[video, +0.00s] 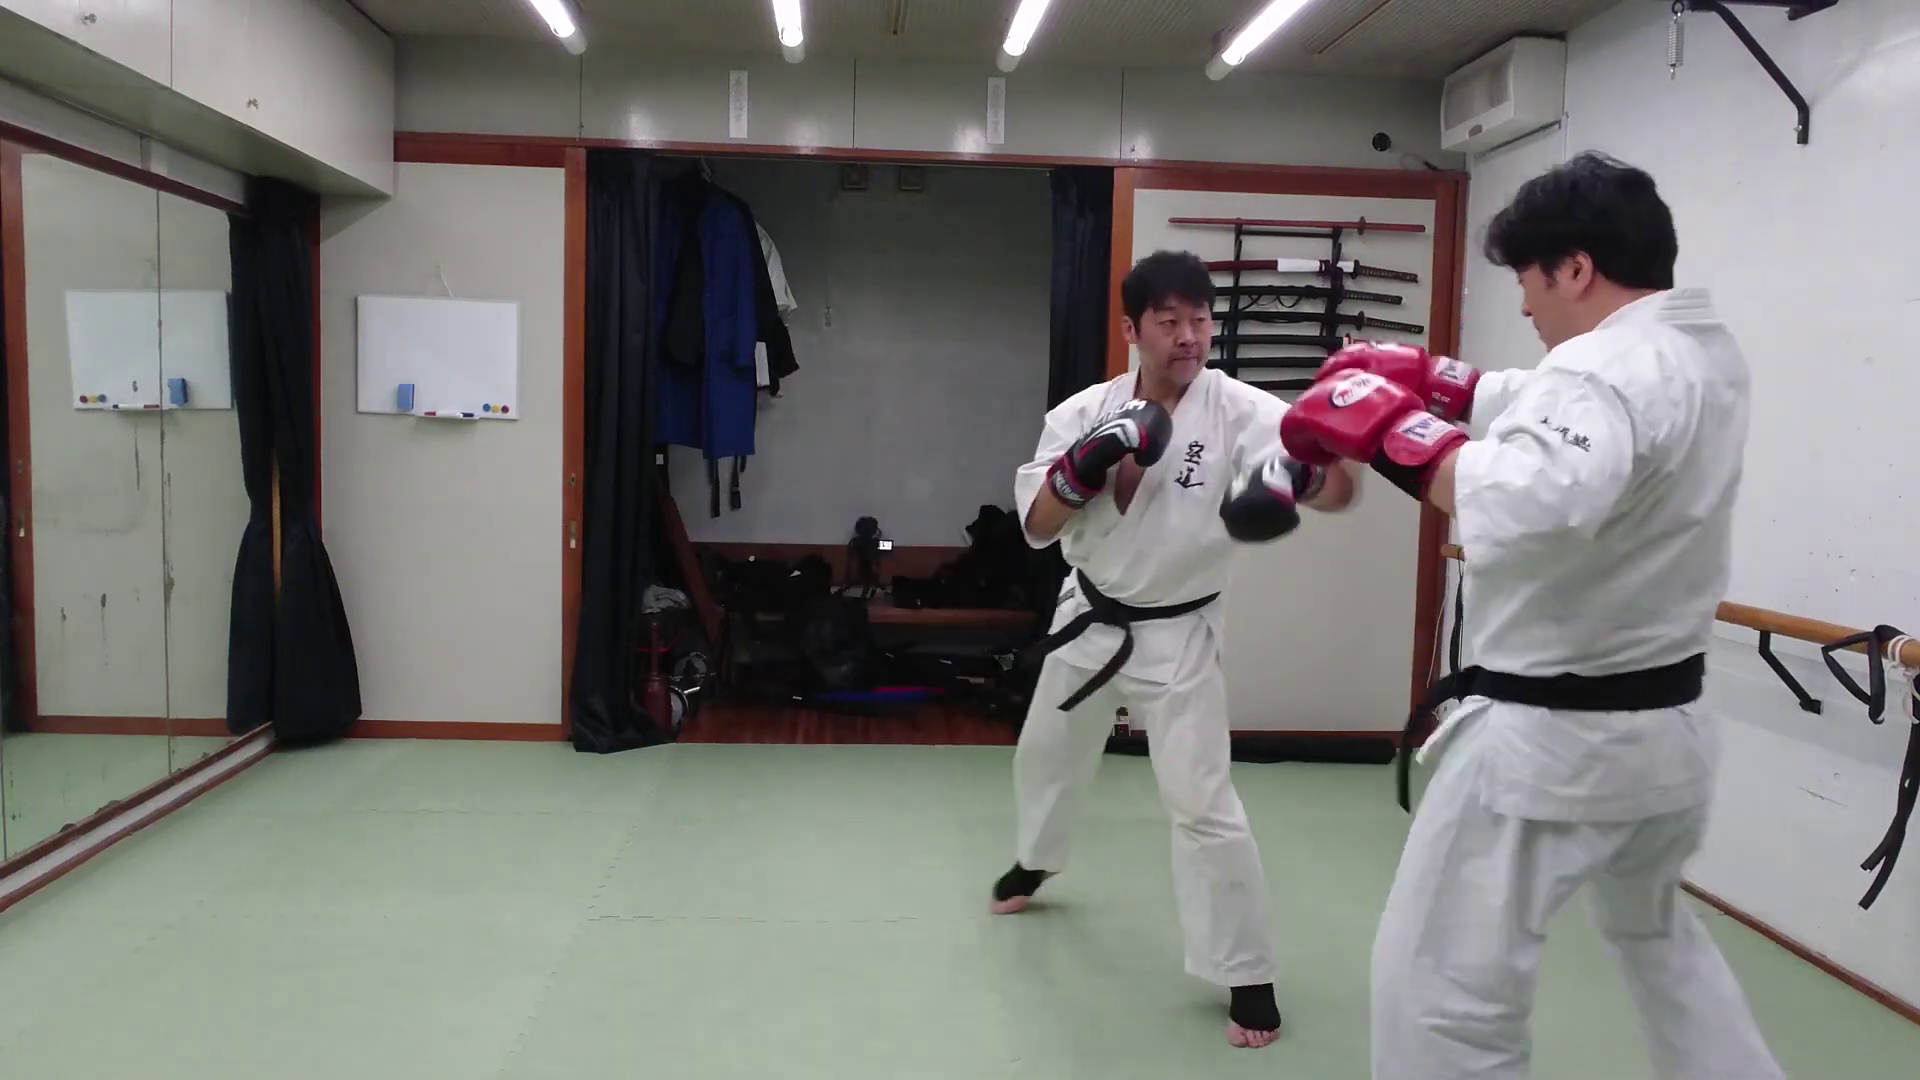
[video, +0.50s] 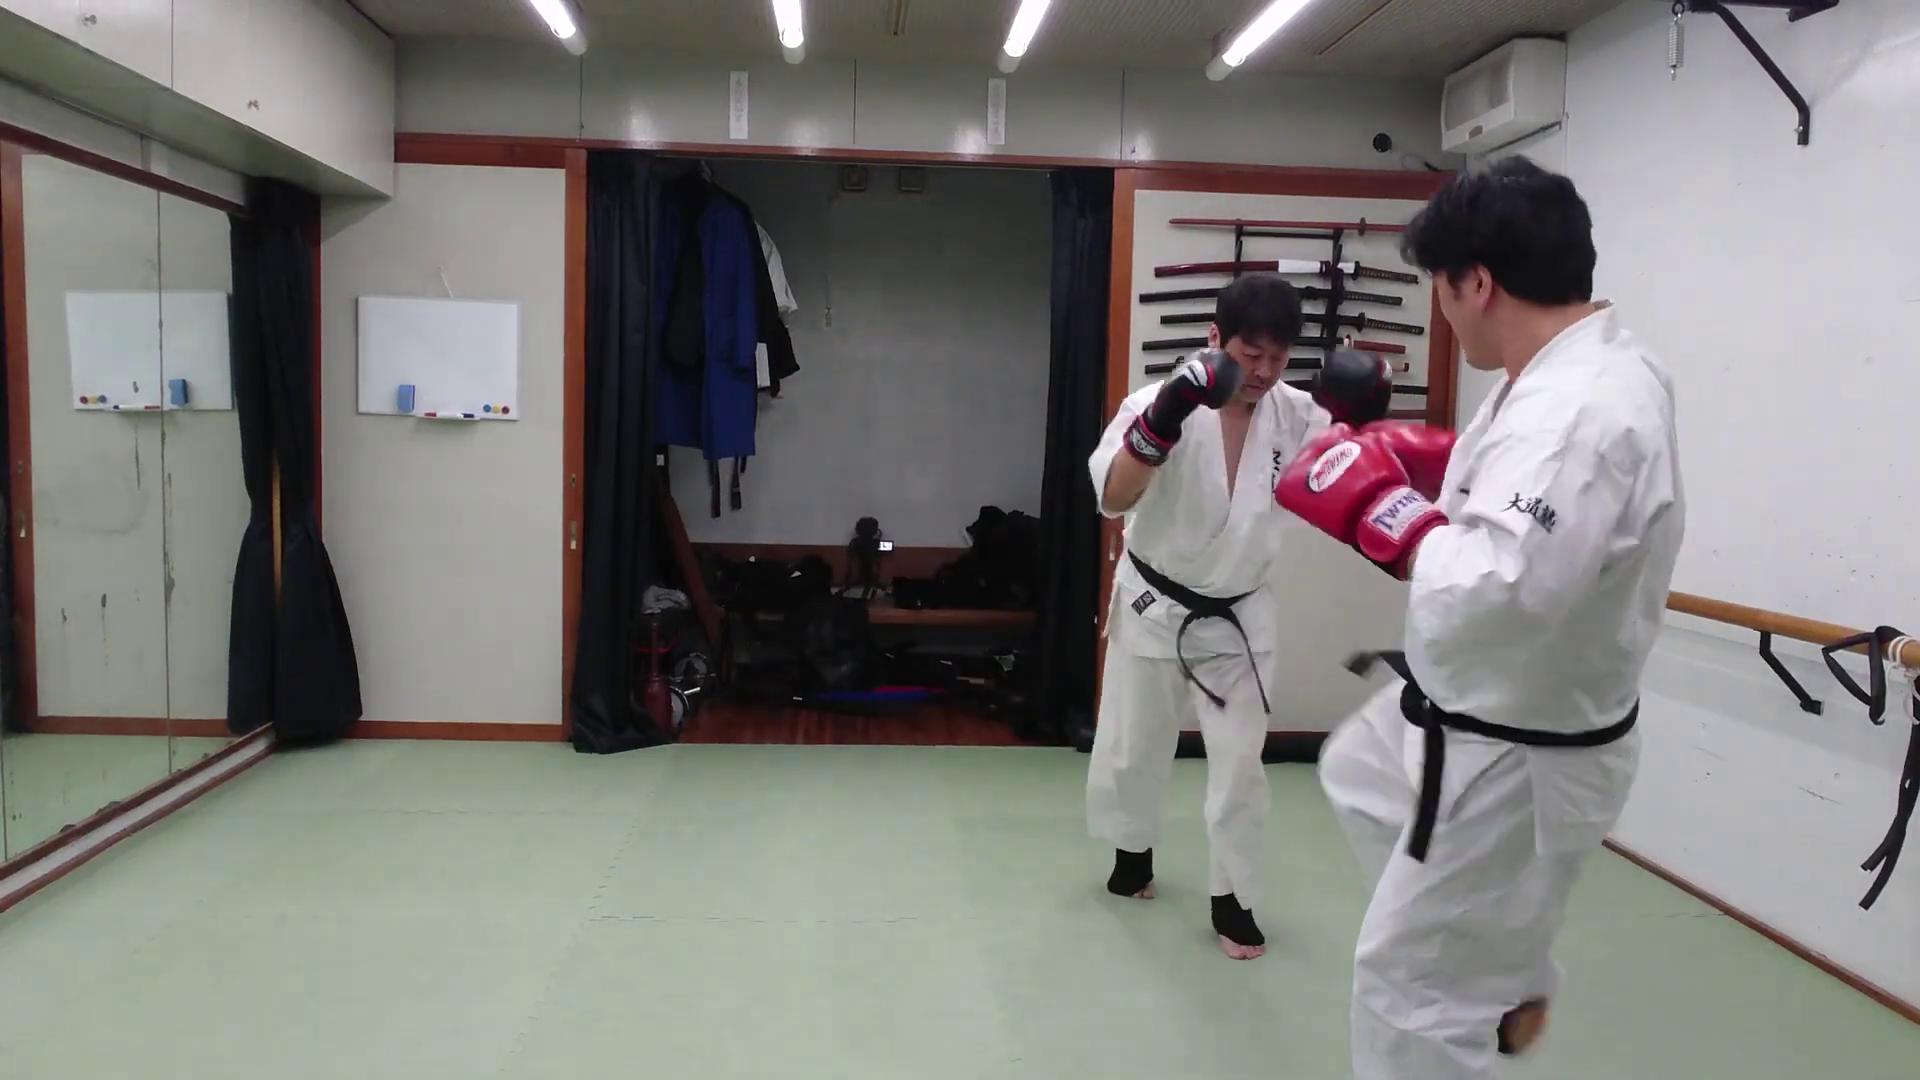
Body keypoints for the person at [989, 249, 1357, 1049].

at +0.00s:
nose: (1189, 337)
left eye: (1200, 321)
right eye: (1170, 321)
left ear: (1212, 328)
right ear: (1132, 328)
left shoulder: (1240, 409)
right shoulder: (1082, 415)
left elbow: (1338, 493)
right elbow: (1036, 526)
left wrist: (1329, 437)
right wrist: (1084, 468)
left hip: (1182, 630)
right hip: (1088, 620)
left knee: (1202, 804)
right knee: (1045, 756)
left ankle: (1249, 980)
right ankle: (1035, 862)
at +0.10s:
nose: (1204, 334)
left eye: (1216, 320)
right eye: (1186, 319)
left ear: (1229, 328)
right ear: (1150, 327)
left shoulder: (1263, 417)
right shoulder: (1104, 412)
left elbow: (1354, 523)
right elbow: (1060, 523)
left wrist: (1321, 521)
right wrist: (1108, 459)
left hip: (1209, 627)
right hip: (1115, 618)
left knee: (1214, 800)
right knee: (1090, 751)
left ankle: (1253, 979)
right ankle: (1103, 854)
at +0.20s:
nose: (1221, 354)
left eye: (1233, 339)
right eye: (1205, 338)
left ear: (1246, 345)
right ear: (1169, 340)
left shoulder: (1272, 423)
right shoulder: (1127, 415)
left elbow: (1343, 500)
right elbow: (1062, 508)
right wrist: (1106, 440)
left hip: (1222, 634)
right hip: (1134, 627)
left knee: (1221, 800)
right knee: (1122, 761)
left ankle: (1253, 985)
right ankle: (1152, 854)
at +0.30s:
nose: (1246, 355)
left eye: (1258, 341)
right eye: (1231, 339)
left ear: (1270, 342)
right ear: (1196, 330)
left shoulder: (1279, 414)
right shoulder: (1136, 390)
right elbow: (1071, 469)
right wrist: (1130, 403)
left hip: (1228, 615)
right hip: (1136, 610)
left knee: (1231, 767)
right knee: (1141, 752)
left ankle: (1246, 932)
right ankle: (1160, 852)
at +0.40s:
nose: (1259, 360)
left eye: (1273, 345)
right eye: (1246, 343)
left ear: (1287, 341)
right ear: (1212, 329)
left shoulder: (1287, 398)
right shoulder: (1159, 391)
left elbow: (1348, 451)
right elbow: (1085, 470)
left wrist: (1356, 385)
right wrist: (1141, 401)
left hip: (1231, 598)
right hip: (1143, 591)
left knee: (1229, 755)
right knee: (1134, 738)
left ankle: (1233, 896)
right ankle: (1132, 847)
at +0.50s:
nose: (1263, 369)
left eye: (1277, 356)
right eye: (1251, 352)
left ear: (1290, 352)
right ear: (1218, 340)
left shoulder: (1293, 412)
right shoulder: (1162, 403)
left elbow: (1351, 470)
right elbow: (1114, 498)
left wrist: (1362, 413)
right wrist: (1166, 418)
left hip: (1241, 607)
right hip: (1152, 599)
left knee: (1241, 762)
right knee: (1136, 743)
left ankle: (1232, 899)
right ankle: (1133, 852)